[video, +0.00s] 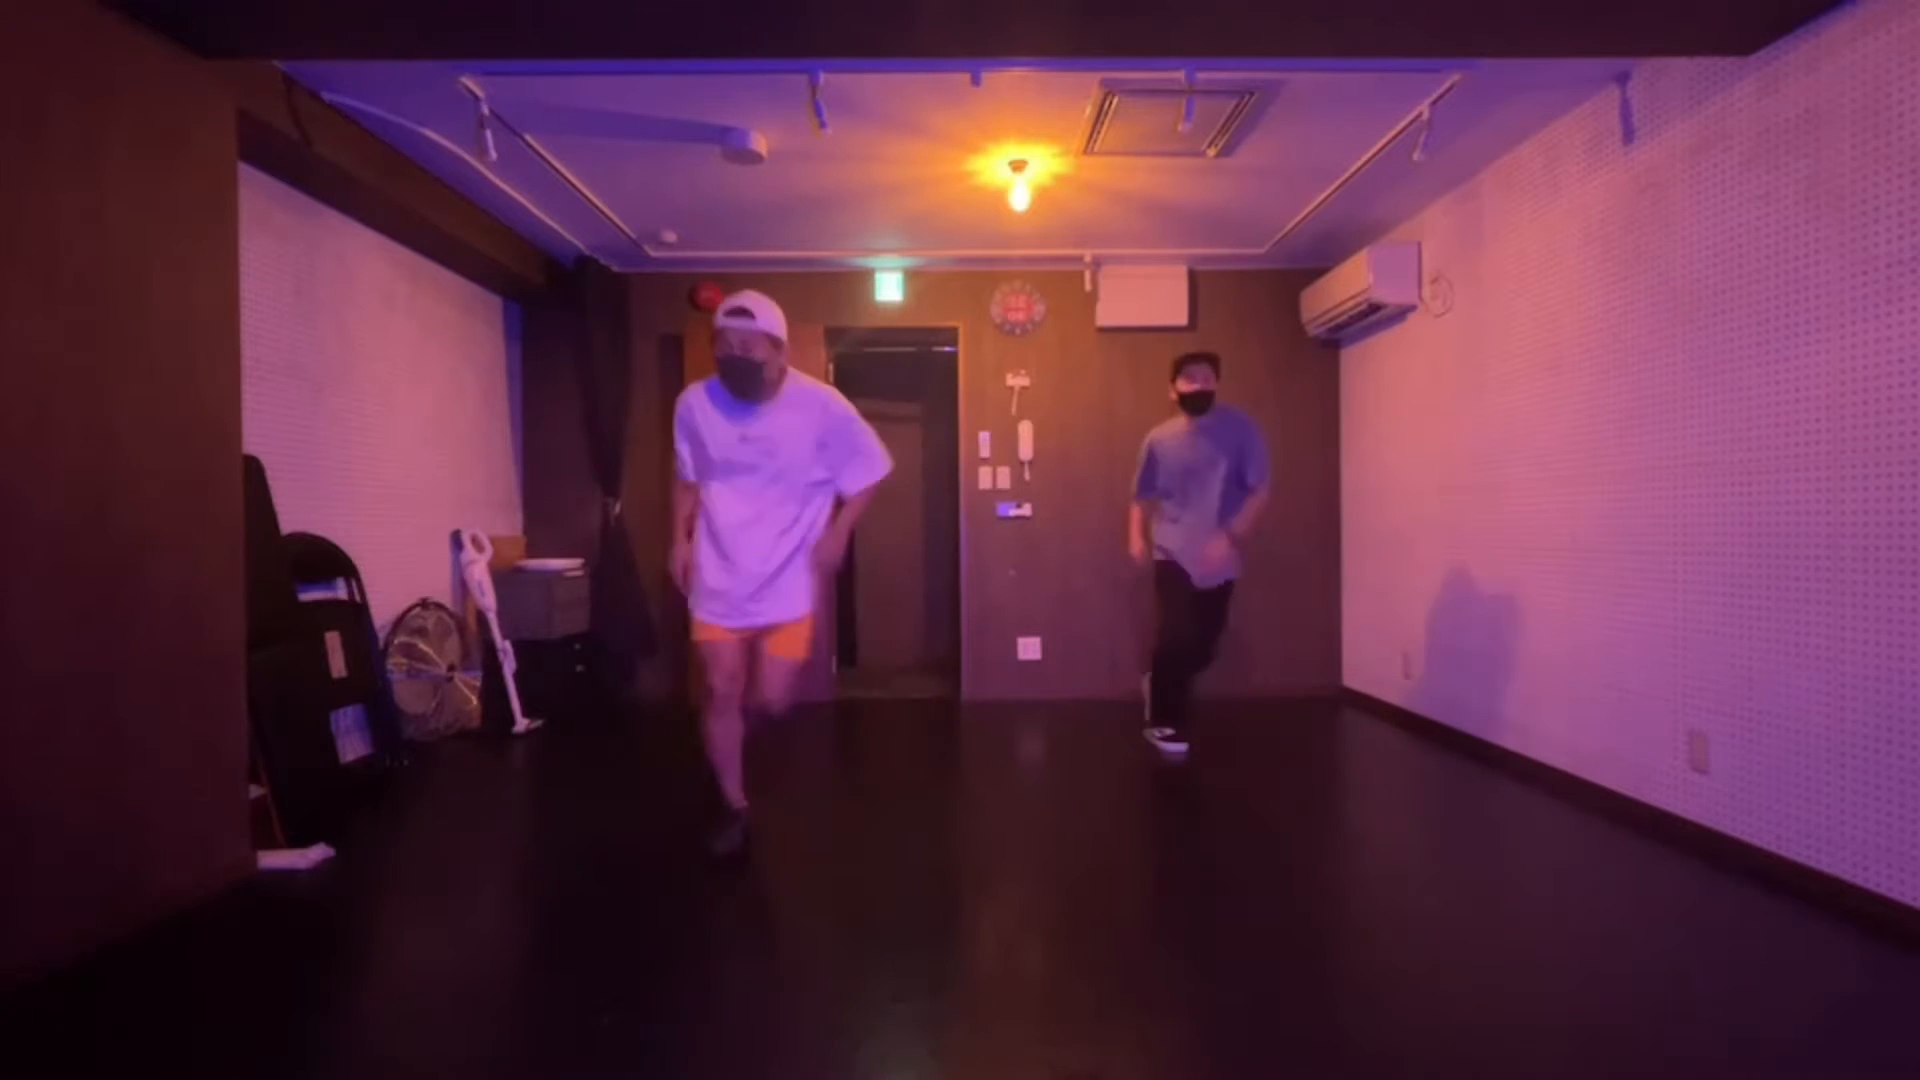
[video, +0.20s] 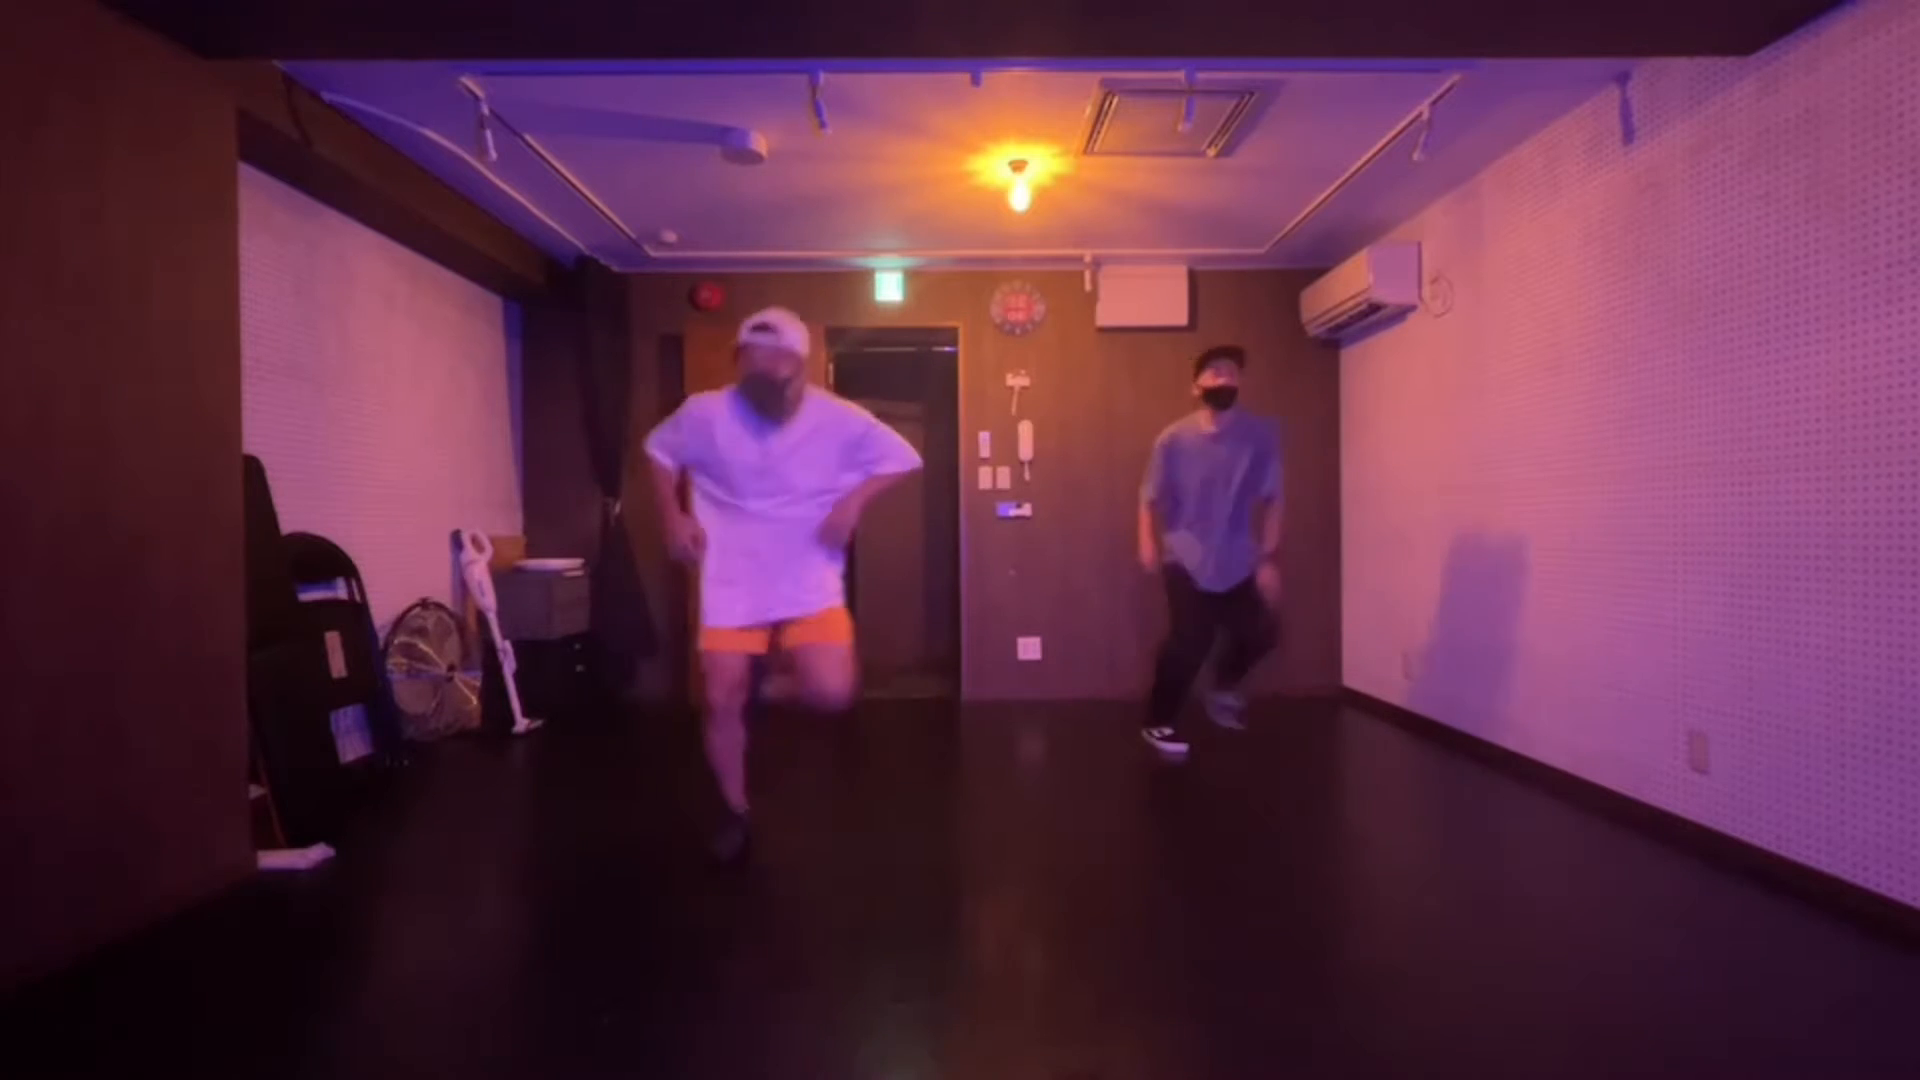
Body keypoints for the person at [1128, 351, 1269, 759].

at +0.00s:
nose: (1197, 387)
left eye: (1205, 379)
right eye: (1188, 379)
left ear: (1217, 385)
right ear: (1174, 387)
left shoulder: (1237, 429)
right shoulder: (1159, 438)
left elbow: (1259, 487)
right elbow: (1141, 494)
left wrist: (1234, 532)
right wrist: (1137, 537)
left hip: (1217, 551)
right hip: (1171, 549)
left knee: (1204, 646)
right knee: (1176, 637)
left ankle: (1158, 681)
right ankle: (1167, 724)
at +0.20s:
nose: (1222, 382)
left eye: (1229, 374)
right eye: (1213, 374)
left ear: (1241, 383)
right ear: (1196, 383)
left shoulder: (1259, 436)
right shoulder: (1173, 439)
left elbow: (1273, 501)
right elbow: (1149, 496)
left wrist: (1267, 557)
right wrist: (1148, 543)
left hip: (1237, 558)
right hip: (1186, 557)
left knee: (1256, 629)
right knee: (1189, 638)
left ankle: (1222, 687)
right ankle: (1159, 721)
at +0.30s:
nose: (1255, 359)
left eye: (1263, 352)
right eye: (1246, 350)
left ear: (1273, 362)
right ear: (1226, 358)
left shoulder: (1285, 413)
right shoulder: (1198, 411)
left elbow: (1302, 472)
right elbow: (1164, 465)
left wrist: (1301, 528)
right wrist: (1164, 514)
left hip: (1262, 550)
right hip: (1207, 550)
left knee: (1301, 618)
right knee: (1192, 635)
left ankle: (1294, 717)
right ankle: (1163, 719)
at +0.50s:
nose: (1302, 364)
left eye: (1312, 358)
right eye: (1296, 354)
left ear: (1325, 362)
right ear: (1278, 354)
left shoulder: (1336, 395)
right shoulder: (1249, 390)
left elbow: (1347, 452)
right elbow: (1206, 431)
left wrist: (1348, 506)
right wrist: (1210, 472)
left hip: (1318, 543)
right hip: (1261, 541)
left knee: (1333, 639)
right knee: (1234, 632)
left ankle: (1331, 727)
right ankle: (1205, 716)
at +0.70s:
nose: (1346, 363)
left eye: (1354, 356)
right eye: (1339, 353)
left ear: (1362, 363)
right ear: (1319, 357)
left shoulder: (1372, 415)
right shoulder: (1286, 402)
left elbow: (1385, 483)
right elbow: (1237, 446)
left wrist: (1377, 543)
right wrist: (1255, 491)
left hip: (1341, 551)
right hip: (1283, 546)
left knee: (1353, 641)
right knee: (1269, 631)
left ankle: (1365, 726)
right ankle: (1262, 718)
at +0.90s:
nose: (1389, 392)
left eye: (1398, 387)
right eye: (1382, 383)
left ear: (1406, 397)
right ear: (1363, 386)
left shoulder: (1400, 451)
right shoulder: (1329, 431)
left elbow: (1410, 509)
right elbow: (1281, 483)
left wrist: (1383, 520)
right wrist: (1299, 538)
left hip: (1362, 570)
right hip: (1314, 565)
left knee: (1369, 647)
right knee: (1315, 638)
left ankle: (1370, 725)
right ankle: (1314, 697)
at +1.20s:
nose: (1392, 372)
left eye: (1401, 365)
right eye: (1384, 363)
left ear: (1408, 374)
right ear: (1365, 369)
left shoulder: (1405, 429)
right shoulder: (1344, 413)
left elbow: (1410, 493)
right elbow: (1322, 479)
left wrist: (1398, 451)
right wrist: (1337, 539)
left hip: (1381, 555)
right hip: (1333, 553)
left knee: (1391, 643)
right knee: (1335, 638)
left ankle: (1376, 724)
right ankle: (1334, 705)